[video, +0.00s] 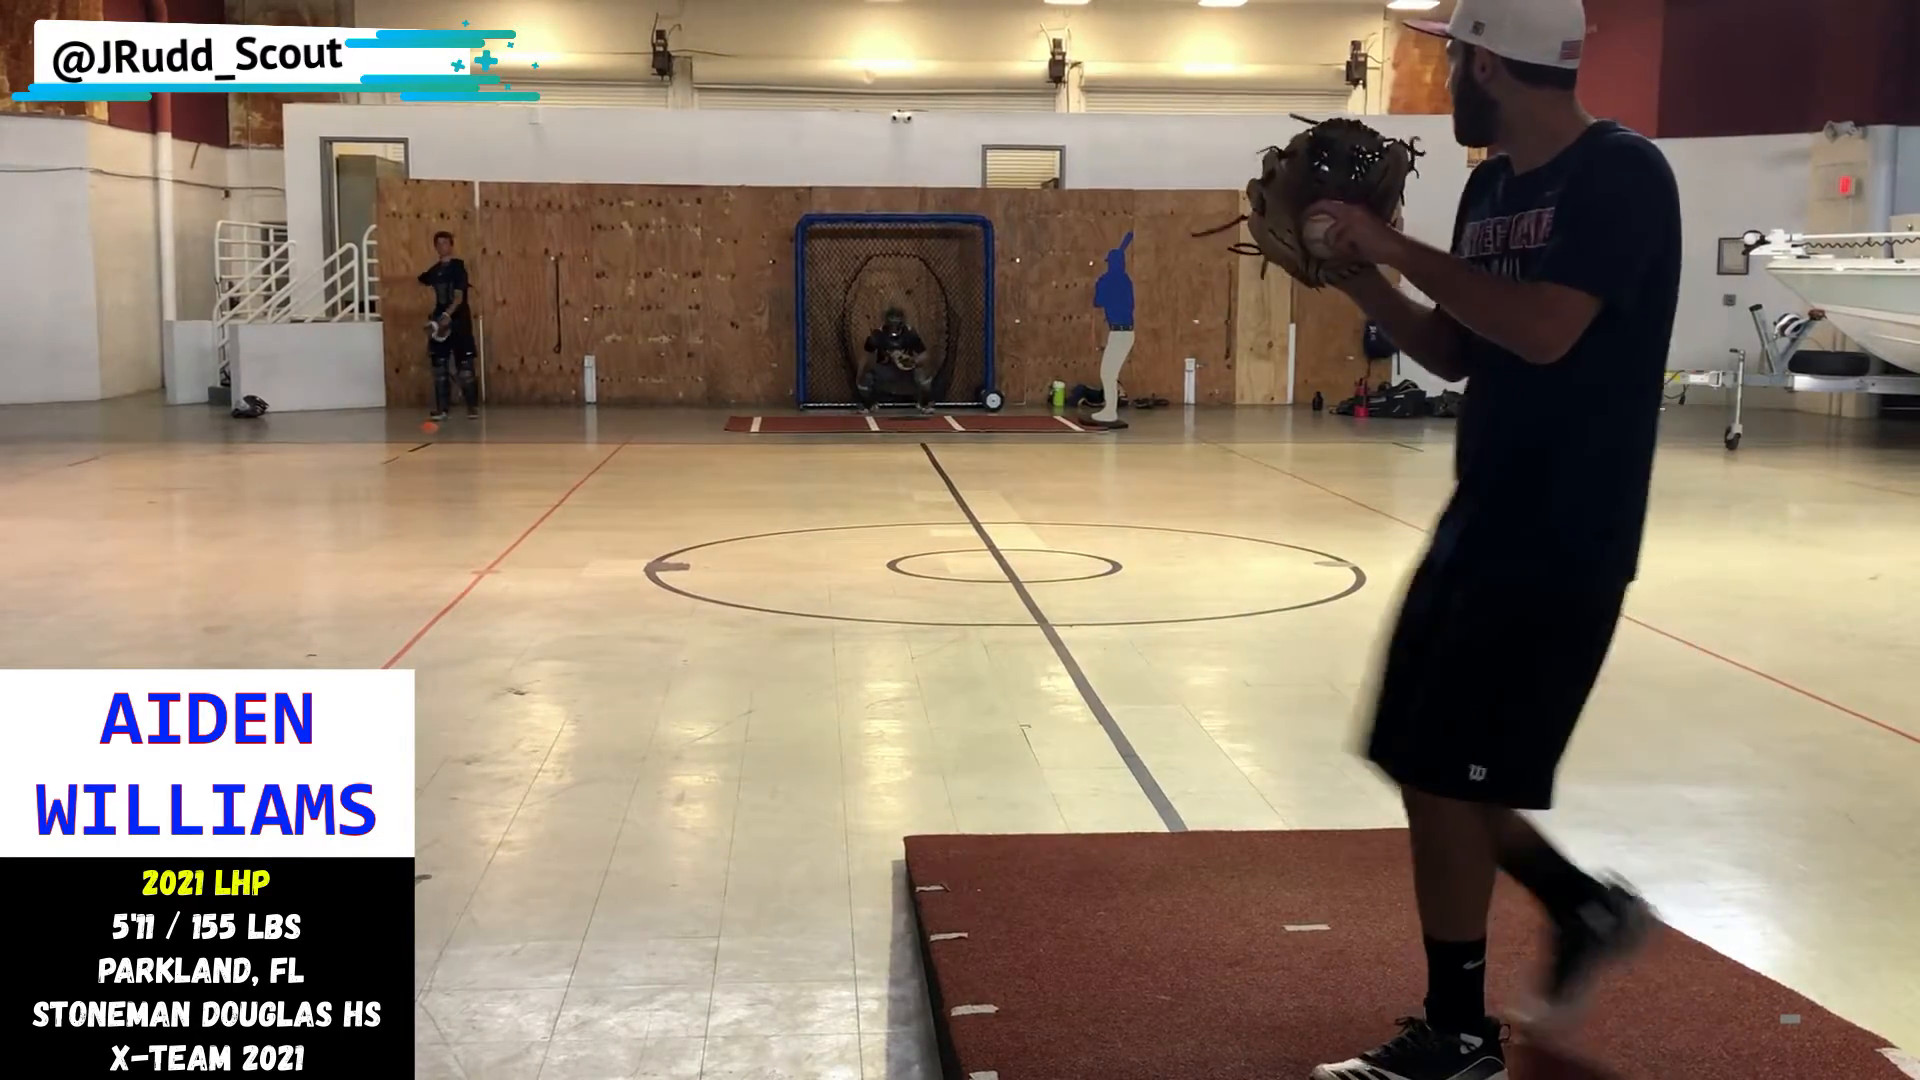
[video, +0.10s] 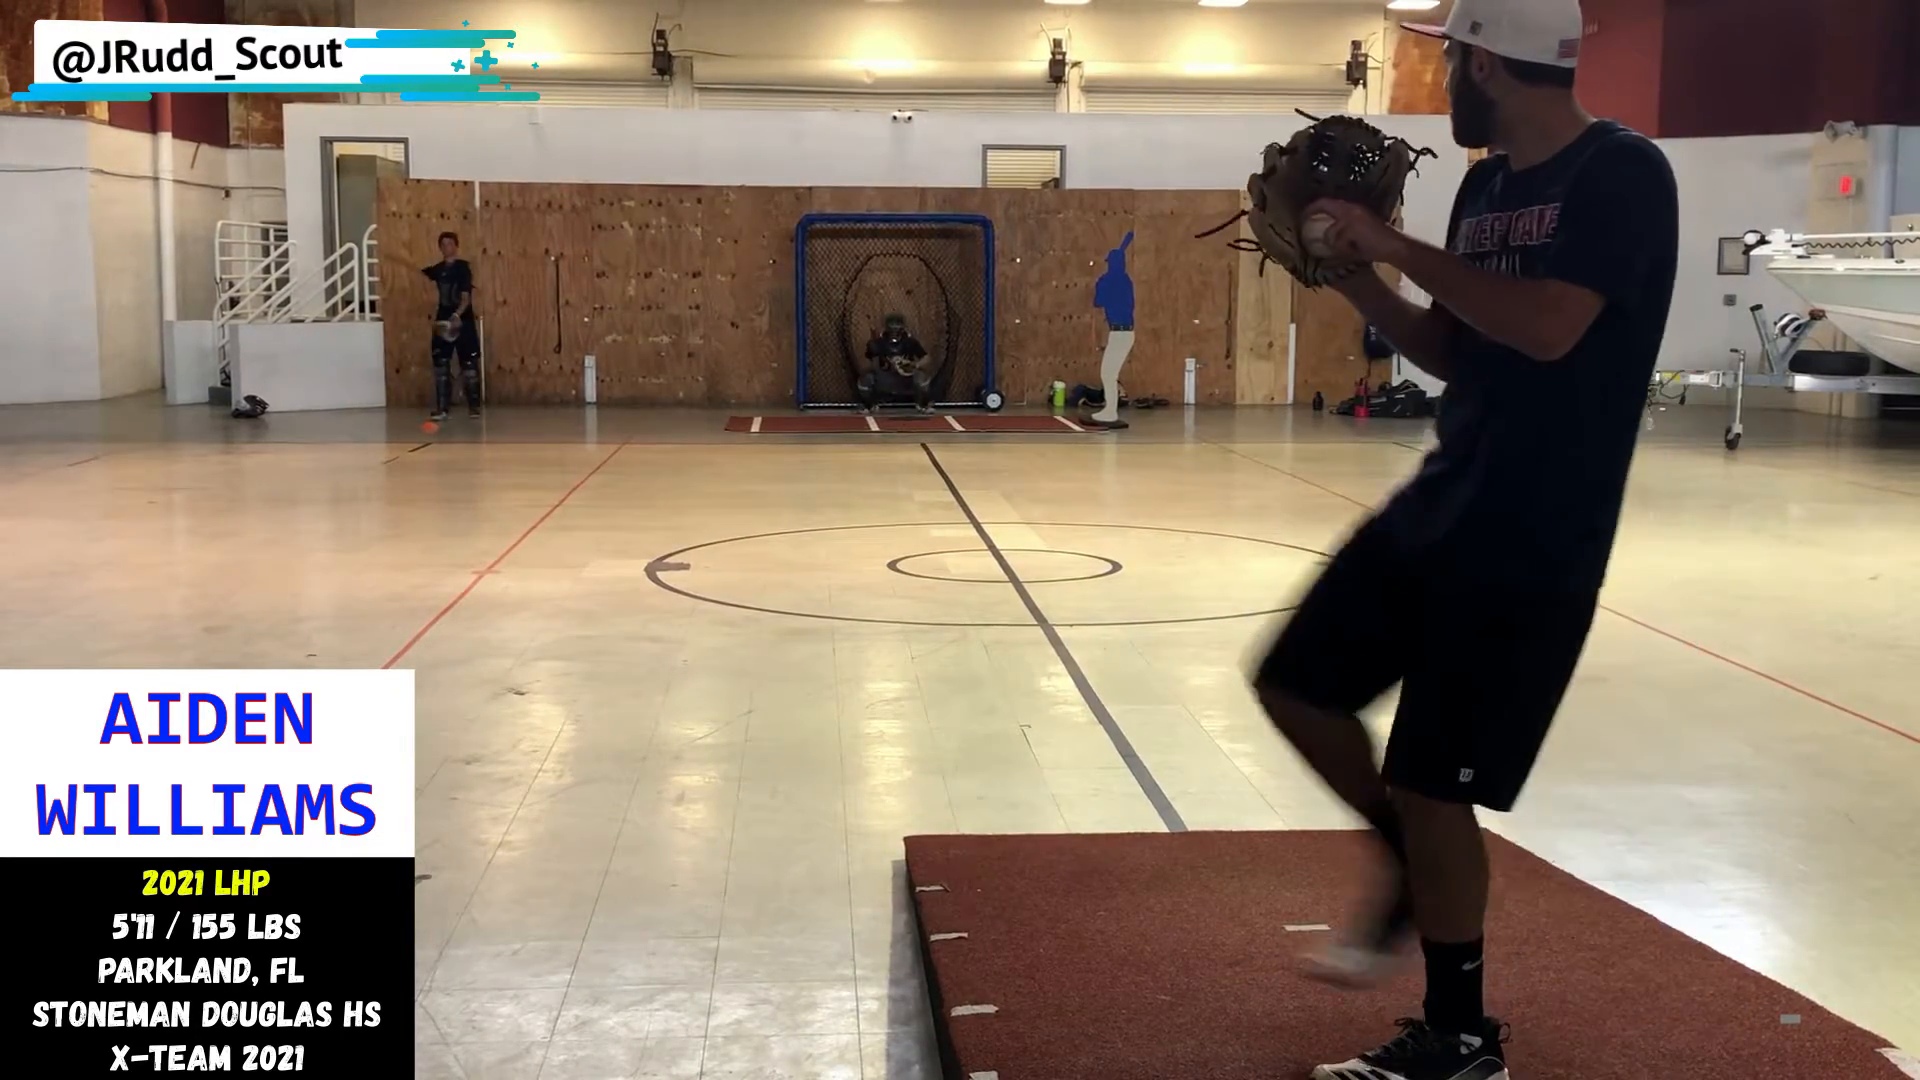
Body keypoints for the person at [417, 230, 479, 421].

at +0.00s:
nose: (442, 247)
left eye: (445, 243)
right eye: (439, 244)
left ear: (451, 245)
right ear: (435, 248)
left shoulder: (458, 266)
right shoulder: (435, 270)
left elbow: (459, 297)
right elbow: (422, 280)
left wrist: (446, 316)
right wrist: (439, 265)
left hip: (459, 319)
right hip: (440, 318)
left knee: (464, 363)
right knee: (439, 363)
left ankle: (472, 406)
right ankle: (442, 407)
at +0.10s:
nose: (447, 247)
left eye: (450, 244)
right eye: (443, 245)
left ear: (456, 246)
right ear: (440, 248)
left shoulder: (463, 267)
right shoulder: (438, 269)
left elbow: (466, 297)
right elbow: (417, 272)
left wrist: (457, 315)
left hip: (463, 318)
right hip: (443, 317)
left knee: (468, 362)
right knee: (441, 362)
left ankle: (474, 406)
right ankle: (442, 407)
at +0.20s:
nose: (452, 249)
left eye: (455, 245)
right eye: (449, 246)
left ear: (461, 248)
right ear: (444, 249)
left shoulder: (467, 269)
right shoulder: (442, 268)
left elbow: (474, 294)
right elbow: (427, 261)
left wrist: (477, 317)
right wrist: (410, 246)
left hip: (466, 320)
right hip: (447, 320)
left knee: (471, 363)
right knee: (443, 360)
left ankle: (475, 406)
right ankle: (442, 406)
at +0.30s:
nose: (456, 250)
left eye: (459, 247)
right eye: (453, 247)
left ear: (464, 249)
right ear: (449, 250)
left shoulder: (471, 270)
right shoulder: (445, 268)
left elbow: (480, 299)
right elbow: (434, 258)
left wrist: (483, 324)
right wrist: (425, 240)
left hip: (469, 321)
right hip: (449, 320)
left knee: (473, 363)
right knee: (444, 360)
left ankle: (475, 406)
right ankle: (442, 406)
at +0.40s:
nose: (461, 250)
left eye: (464, 246)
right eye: (457, 246)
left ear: (468, 249)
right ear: (452, 249)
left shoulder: (475, 270)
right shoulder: (447, 267)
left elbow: (489, 292)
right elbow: (435, 254)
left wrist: (512, 317)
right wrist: (427, 233)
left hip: (471, 320)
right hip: (451, 319)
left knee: (474, 362)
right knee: (444, 359)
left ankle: (475, 406)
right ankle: (443, 404)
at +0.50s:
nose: (465, 249)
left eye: (468, 246)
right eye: (462, 246)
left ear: (472, 248)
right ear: (456, 248)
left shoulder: (478, 269)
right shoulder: (449, 267)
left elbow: (493, 291)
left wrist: (515, 313)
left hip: (474, 319)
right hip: (454, 318)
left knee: (476, 361)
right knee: (445, 358)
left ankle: (476, 406)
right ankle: (443, 404)